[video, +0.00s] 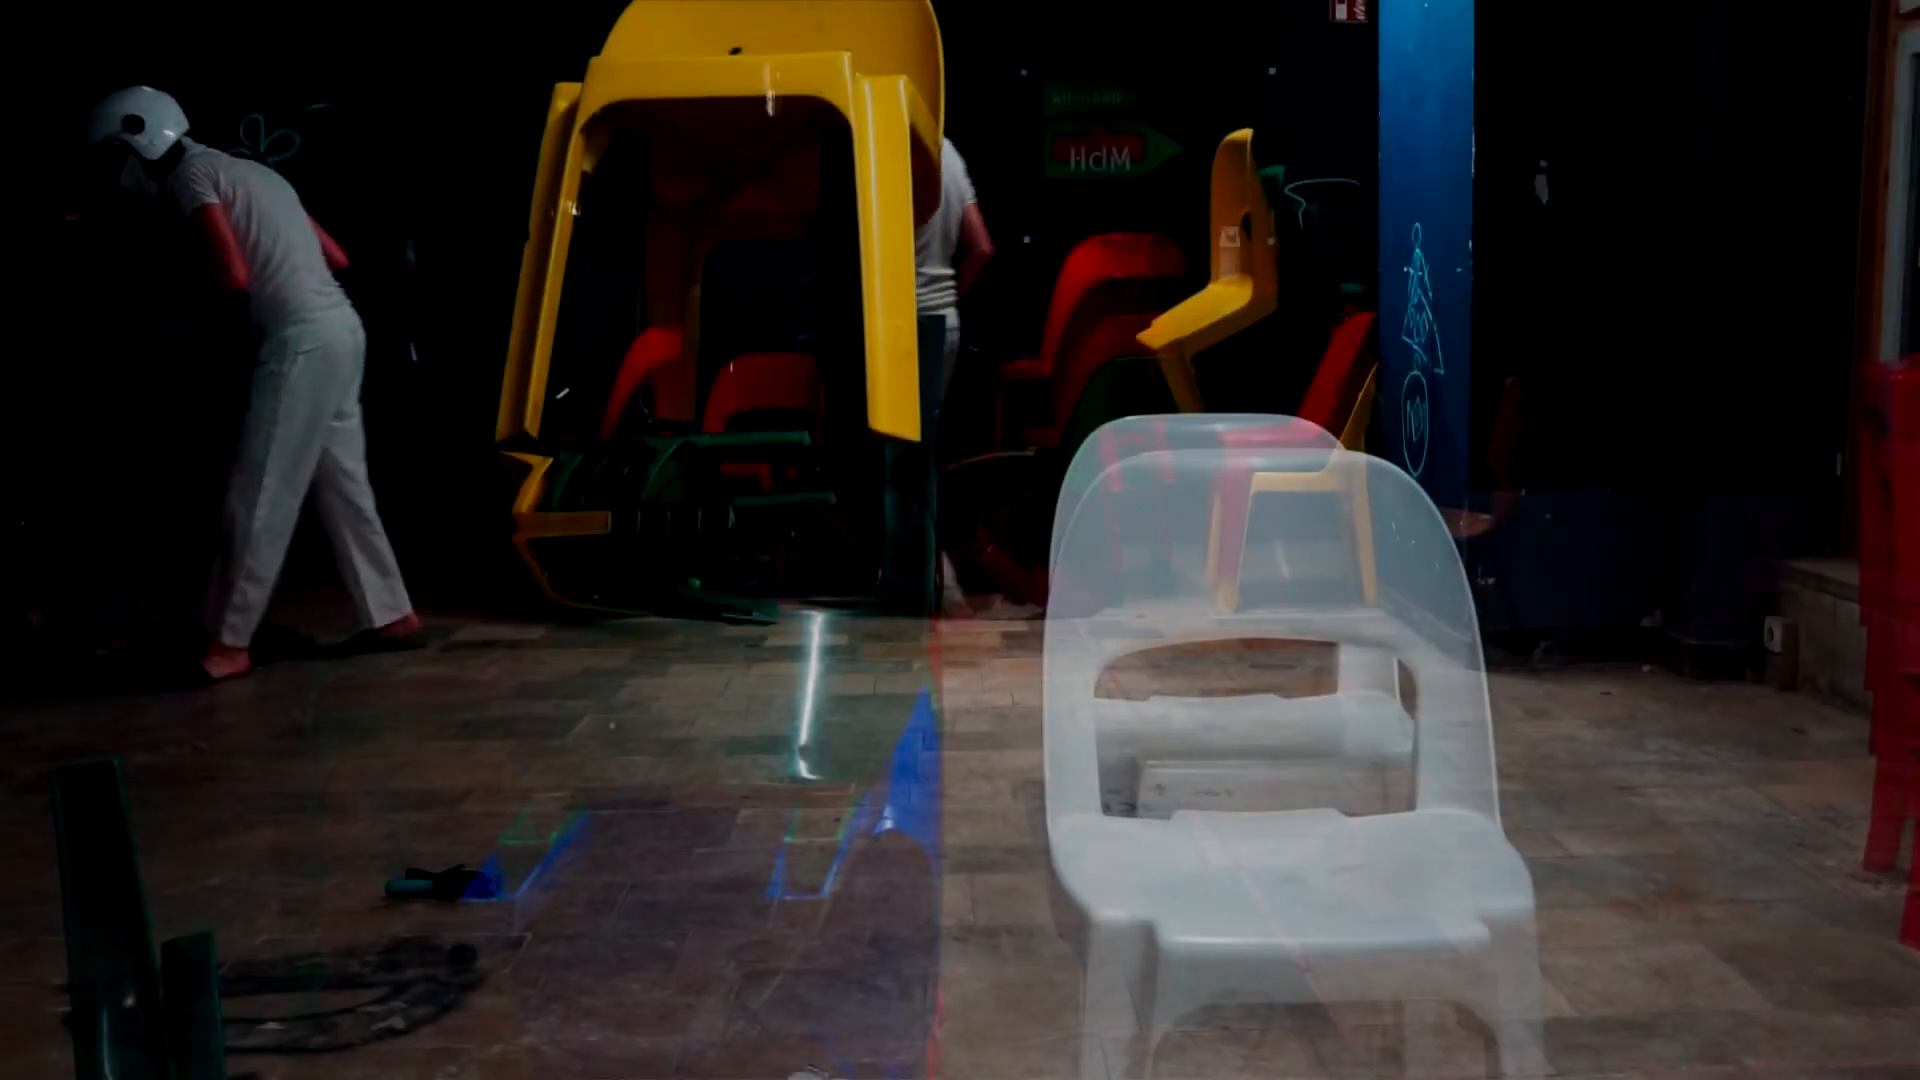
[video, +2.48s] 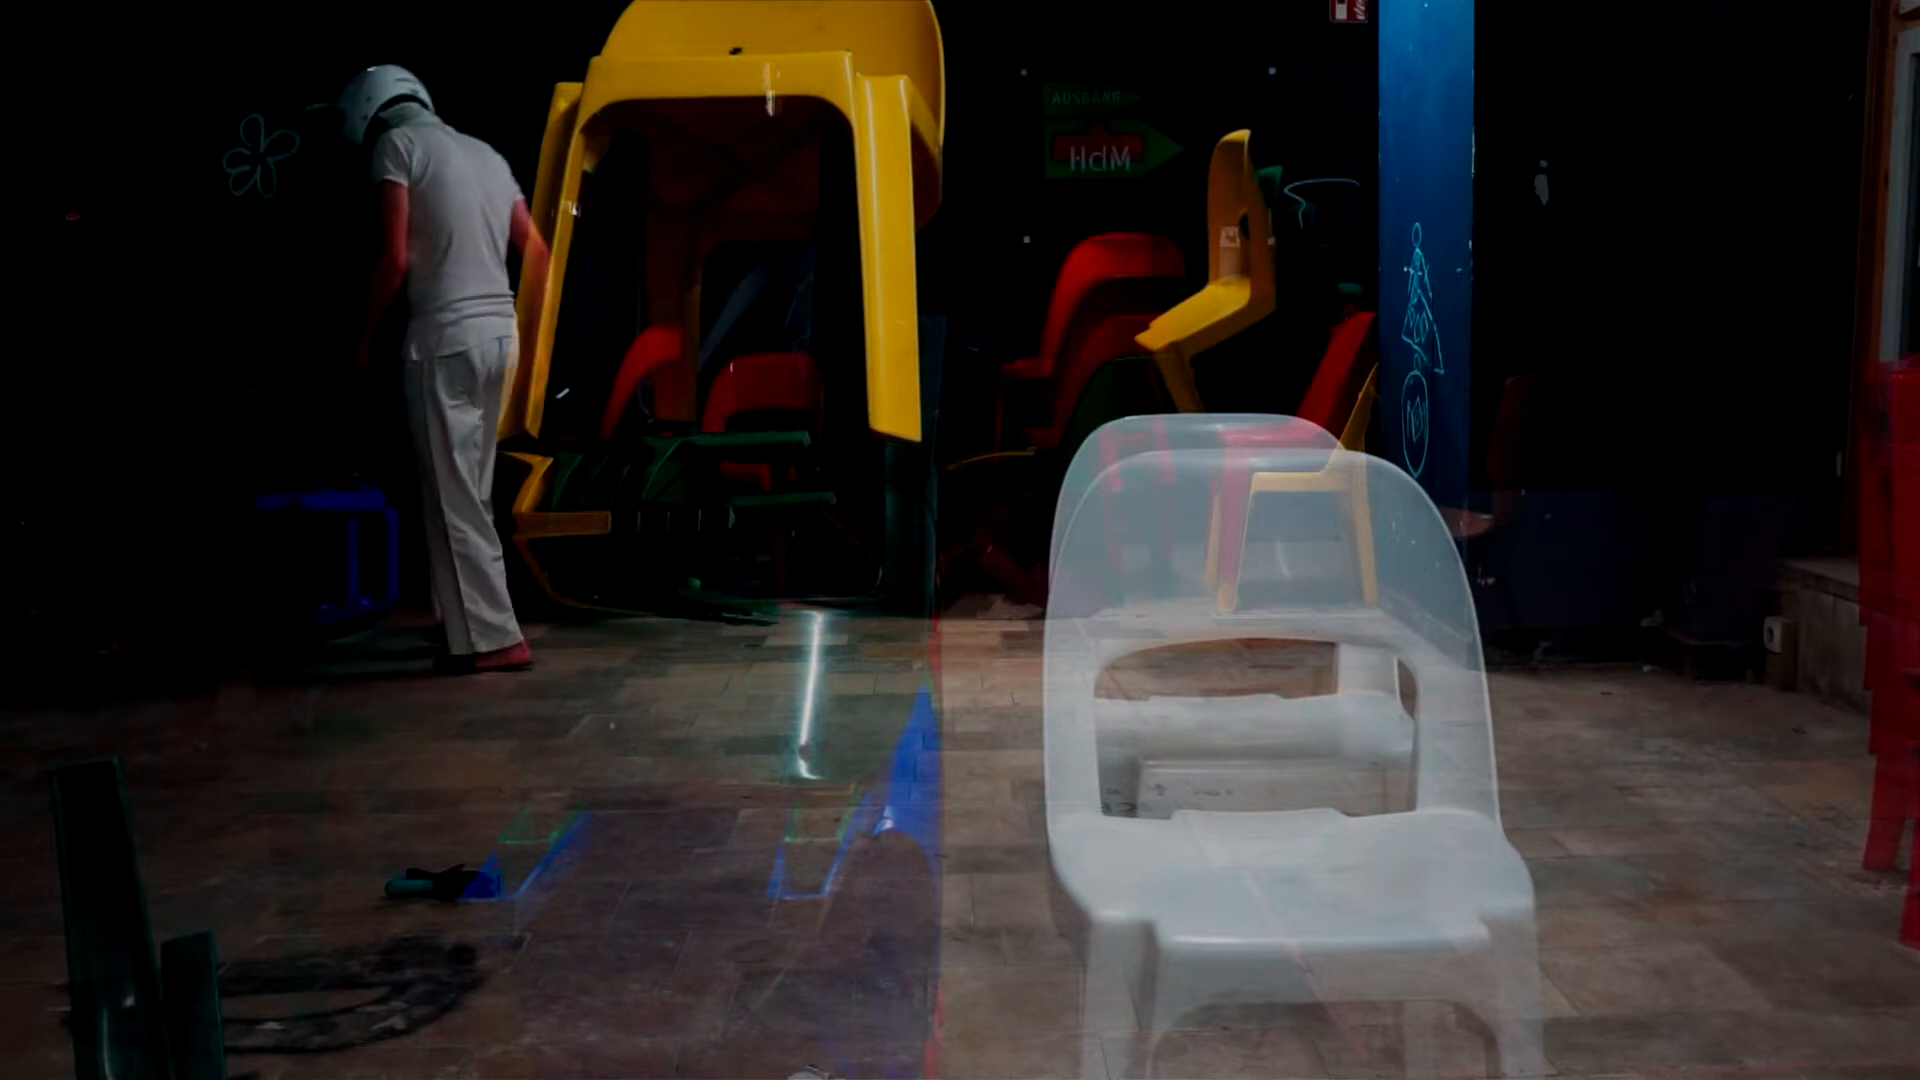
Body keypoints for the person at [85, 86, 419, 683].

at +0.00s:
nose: (126, 176)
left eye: (123, 159)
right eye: (118, 163)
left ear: (145, 142)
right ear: (174, 129)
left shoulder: (193, 172)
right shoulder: (252, 170)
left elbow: (234, 275)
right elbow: (334, 254)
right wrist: (261, 249)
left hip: (303, 340)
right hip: (342, 329)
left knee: (262, 490)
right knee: (344, 481)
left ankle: (231, 645)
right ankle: (393, 616)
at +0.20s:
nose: (161, 206)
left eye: (157, 193)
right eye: (154, 197)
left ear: (171, 177)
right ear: (206, 161)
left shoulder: (218, 190)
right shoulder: (263, 189)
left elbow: (266, 282)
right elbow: (367, 265)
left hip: (354, 326)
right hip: (389, 319)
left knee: (328, 476)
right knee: (390, 472)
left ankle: (329, 639)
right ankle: (407, 617)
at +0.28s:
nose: (172, 222)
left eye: (167, 210)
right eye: (166, 214)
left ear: (179, 194)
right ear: (208, 176)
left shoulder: (222, 200)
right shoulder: (252, 196)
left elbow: (274, 288)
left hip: (367, 324)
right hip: (400, 317)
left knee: (359, 478)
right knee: (404, 474)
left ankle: (396, 631)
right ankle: (408, 626)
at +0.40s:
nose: (182, 245)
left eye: (177, 233)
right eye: (175, 236)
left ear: (186, 215)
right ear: (216, 199)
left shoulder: (226, 218)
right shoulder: (260, 215)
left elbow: (279, 300)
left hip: (380, 322)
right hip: (407, 316)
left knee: (402, 474)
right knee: (395, 475)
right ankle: (406, 619)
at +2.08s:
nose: (290, 185)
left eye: (285, 176)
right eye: (288, 179)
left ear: (291, 159)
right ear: (318, 140)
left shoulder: (322, 162)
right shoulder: (375, 174)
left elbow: (341, 263)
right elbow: (408, 262)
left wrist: (318, 354)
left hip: (414, 335)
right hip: (452, 328)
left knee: (424, 486)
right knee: (402, 480)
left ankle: (493, 629)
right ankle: (395, 616)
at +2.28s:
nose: (327, 156)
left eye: (325, 147)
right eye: (324, 148)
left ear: (336, 132)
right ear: (373, 119)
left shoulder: (365, 152)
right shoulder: (438, 169)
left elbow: (373, 263)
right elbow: (489, 274)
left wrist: (350, 336)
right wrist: (480, 341)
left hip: (424, 347)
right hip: (470, 343)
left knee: (433, 494)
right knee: (417, 487)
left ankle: (495, 637)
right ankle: (399, 619)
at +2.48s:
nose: (367, 133)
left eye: (366, 123)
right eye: (365, 125)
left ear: (376, 112)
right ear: (418, 100)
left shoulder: (397, 141)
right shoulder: (484, 152)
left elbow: (397, 255)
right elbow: (538, 251)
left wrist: (368, 332)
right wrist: (522, 327)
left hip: (449, 335)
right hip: (503, 331)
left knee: (459, 489)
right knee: (470, 484)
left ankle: (495, 637)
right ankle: (467, 627)